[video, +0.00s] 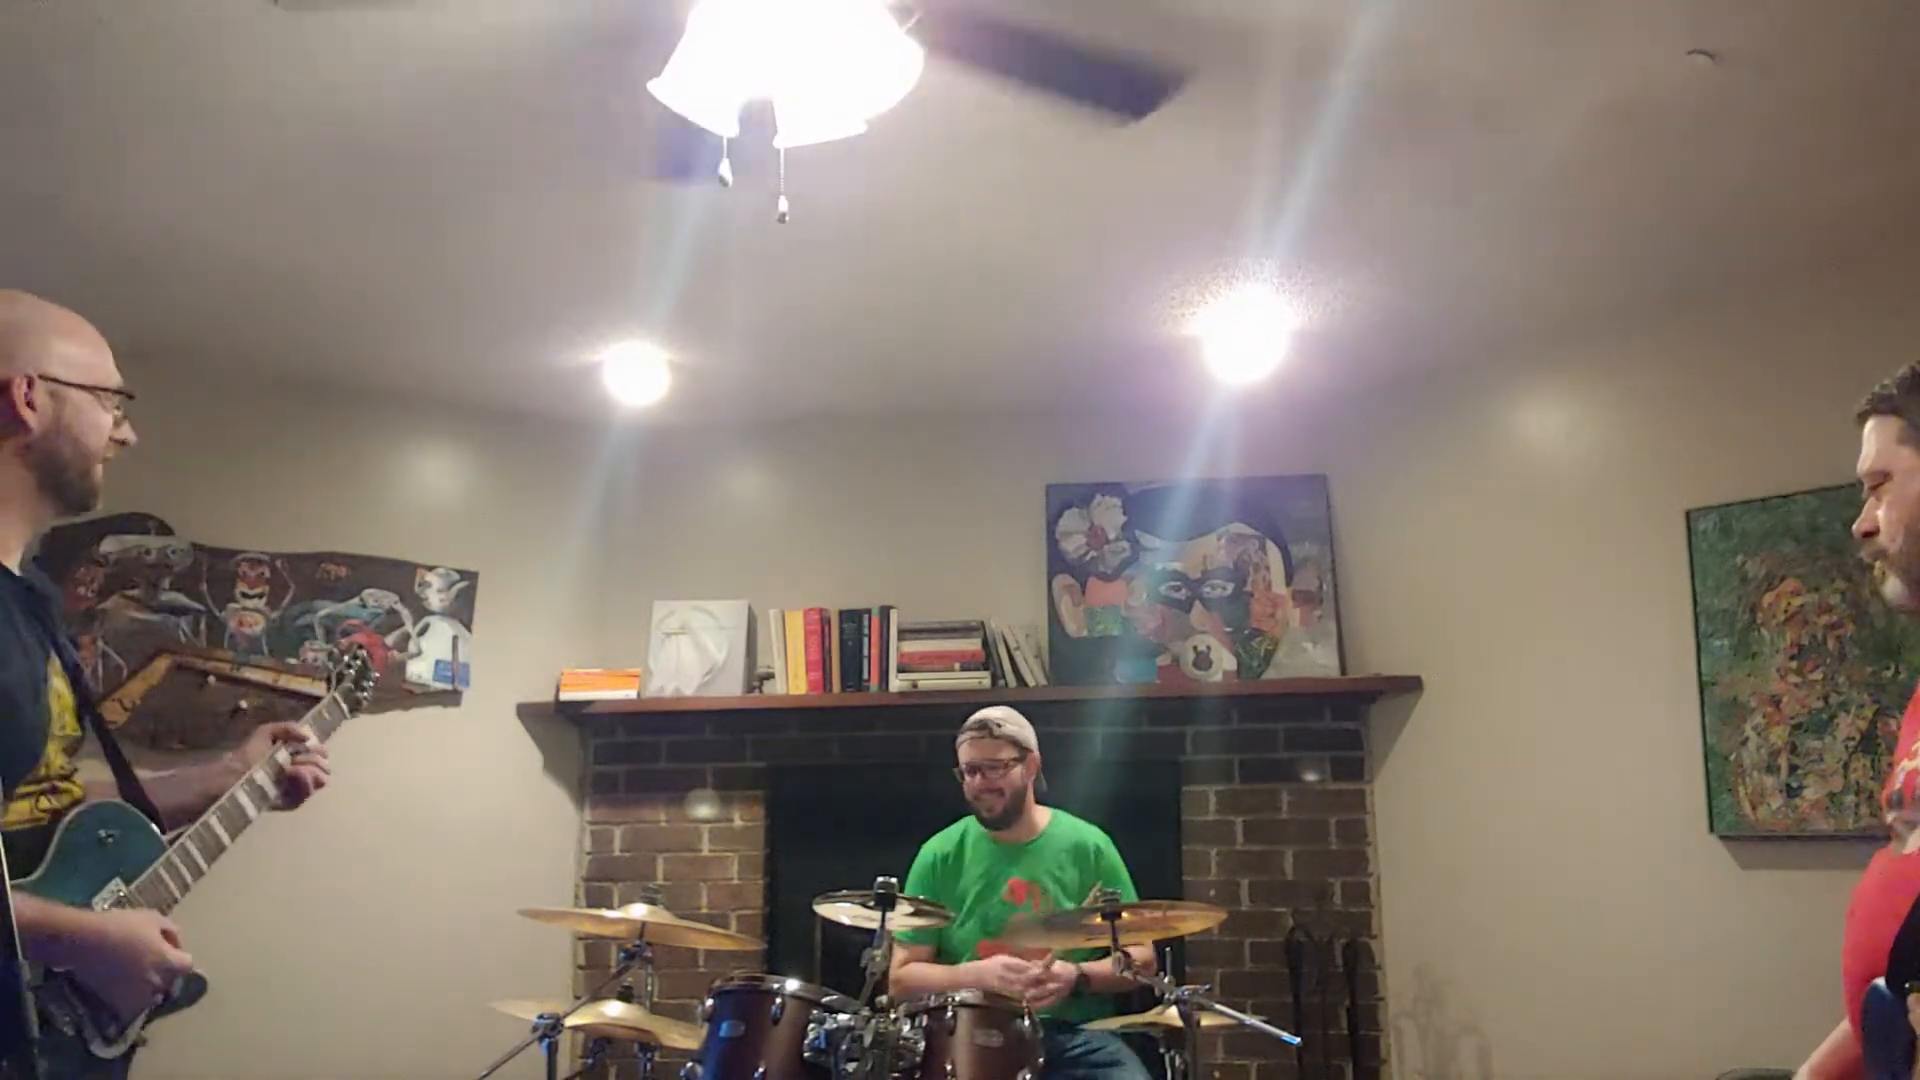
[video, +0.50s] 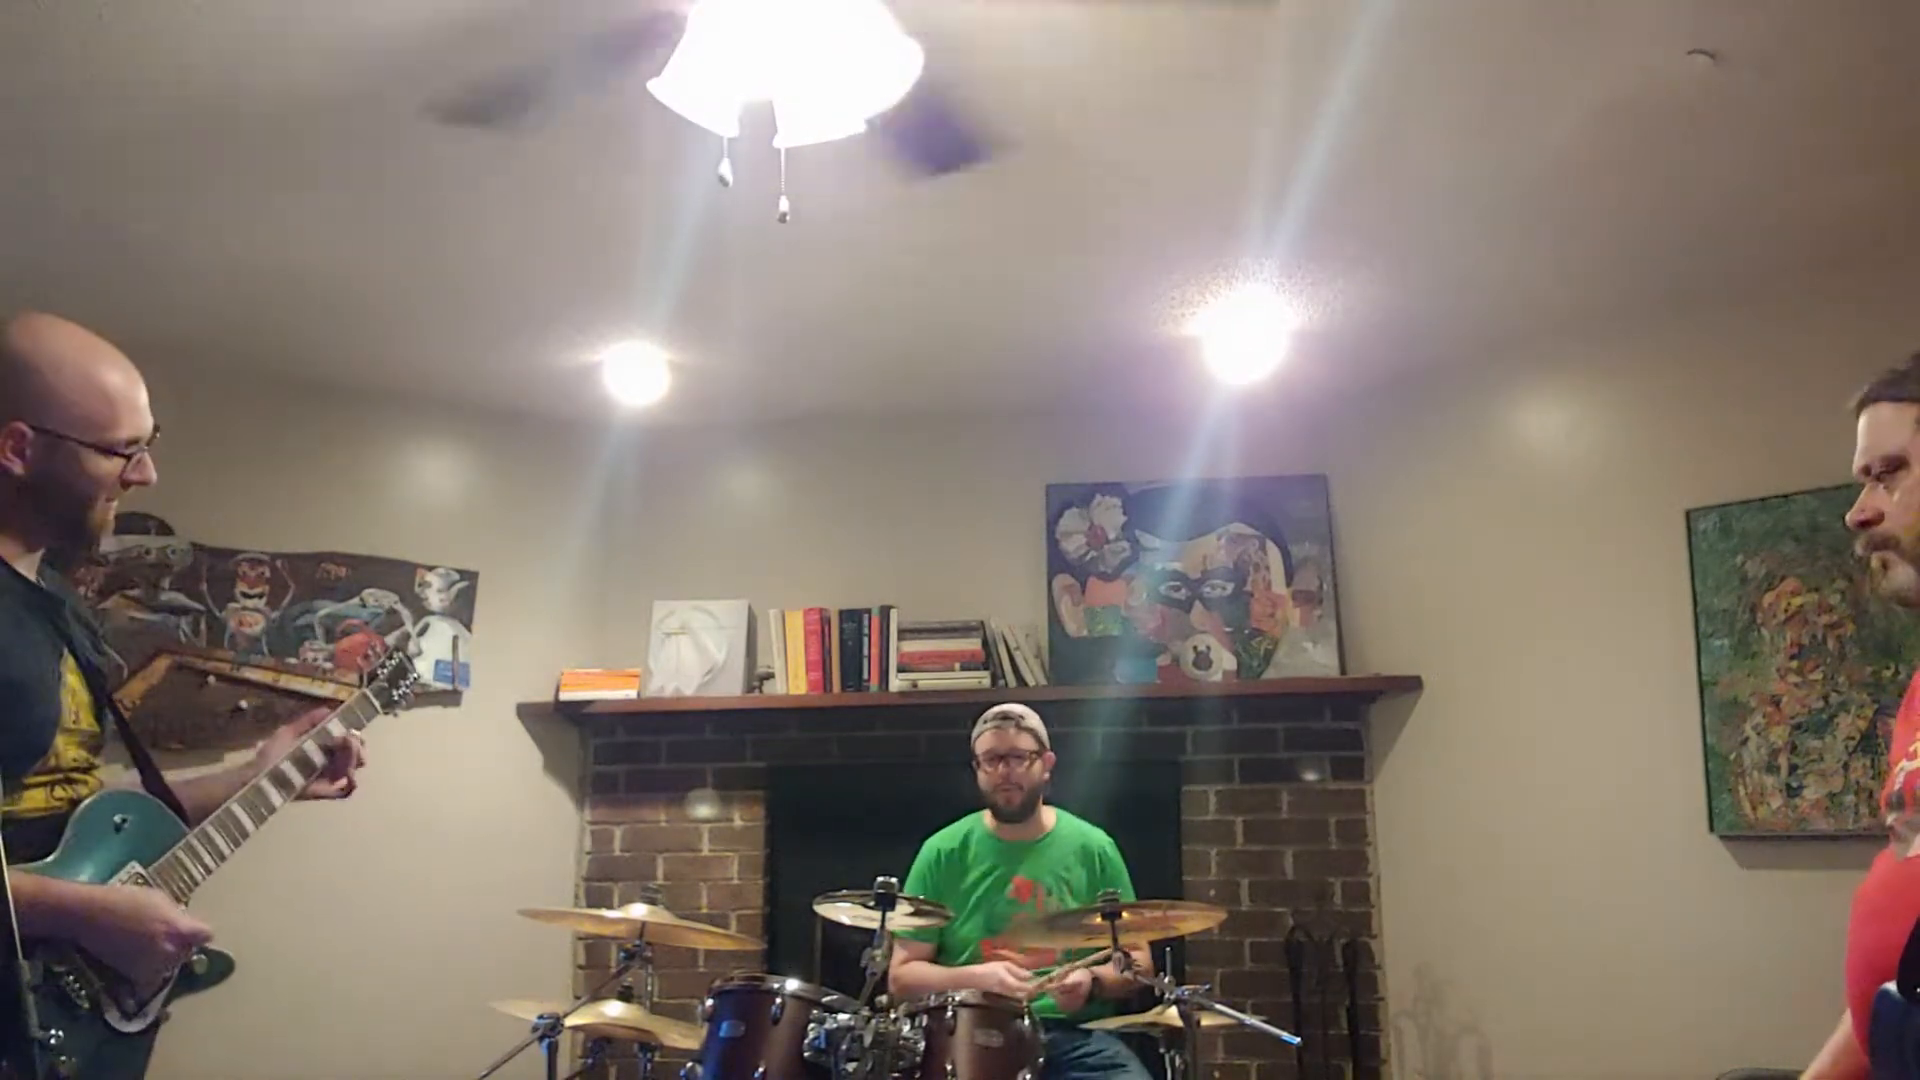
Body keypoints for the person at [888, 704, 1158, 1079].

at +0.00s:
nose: (982, 783)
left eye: (997, 768)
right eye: (971, 770)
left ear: (1031, 766)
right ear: (959, 775)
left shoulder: (1088, 846)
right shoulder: (940, 856)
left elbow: (1142, 959)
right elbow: (902, 976)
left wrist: (1078, 976)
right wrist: (981, 975)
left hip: (1074, 1030)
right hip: (971, 1032)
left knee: (1130, 1074)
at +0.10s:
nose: (985, 783)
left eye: (1001, 768)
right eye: (974, 770)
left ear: (1033, 767)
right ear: (961, 774)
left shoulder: (1088, 846)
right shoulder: (939, 854)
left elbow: (1139, 959)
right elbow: (900, 976)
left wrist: (1080, 977)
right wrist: (984, 975)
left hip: (1073, 1031)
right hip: (971, 1034)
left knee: (1131, 1074)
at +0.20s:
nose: (990, 781)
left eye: (1006, 766)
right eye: (978, 768)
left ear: (1039, 766)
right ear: (966, 771)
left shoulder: (1089, 847)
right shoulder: (939, 853)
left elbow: (1138, 959)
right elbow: (901, 976)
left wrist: (1084, 978)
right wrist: (987, 975)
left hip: (1072, 1033)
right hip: (968, 1034)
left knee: (1132, 1075)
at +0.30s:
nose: (995, 775)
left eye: (1011, 761)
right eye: (983, 762)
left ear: (1042, 765)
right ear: (970, 768)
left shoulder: (1089, 847)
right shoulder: (939, 852)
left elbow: (1137, 959)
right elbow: (902, 976)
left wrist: (1089, 980)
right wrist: (983, 976)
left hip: (1073, 1036)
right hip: (969, 1037)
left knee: (1133, 1075)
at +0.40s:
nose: (1001, 773)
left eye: (1016, 759)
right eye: (989, 760)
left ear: (1045, 764)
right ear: (974, 767)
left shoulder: (1091, 847)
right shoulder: (941, 852)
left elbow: (1137, 959)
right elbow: (902, 974)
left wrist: (1092, 981)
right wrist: (980, 976)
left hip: (1072, 1032)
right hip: (970, 1034)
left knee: (1133, 1075)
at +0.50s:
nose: (1005, 773)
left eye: (1018, 758)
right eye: (992, 760)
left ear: (1047, 764)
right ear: (976, 769)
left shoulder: (1093, 848)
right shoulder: (943, 852)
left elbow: (1139, 963)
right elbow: (902, 974)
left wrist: (1093, 979)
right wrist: (977, 976)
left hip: (1072, 1030)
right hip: (969, 1031)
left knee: (1131, 1074)